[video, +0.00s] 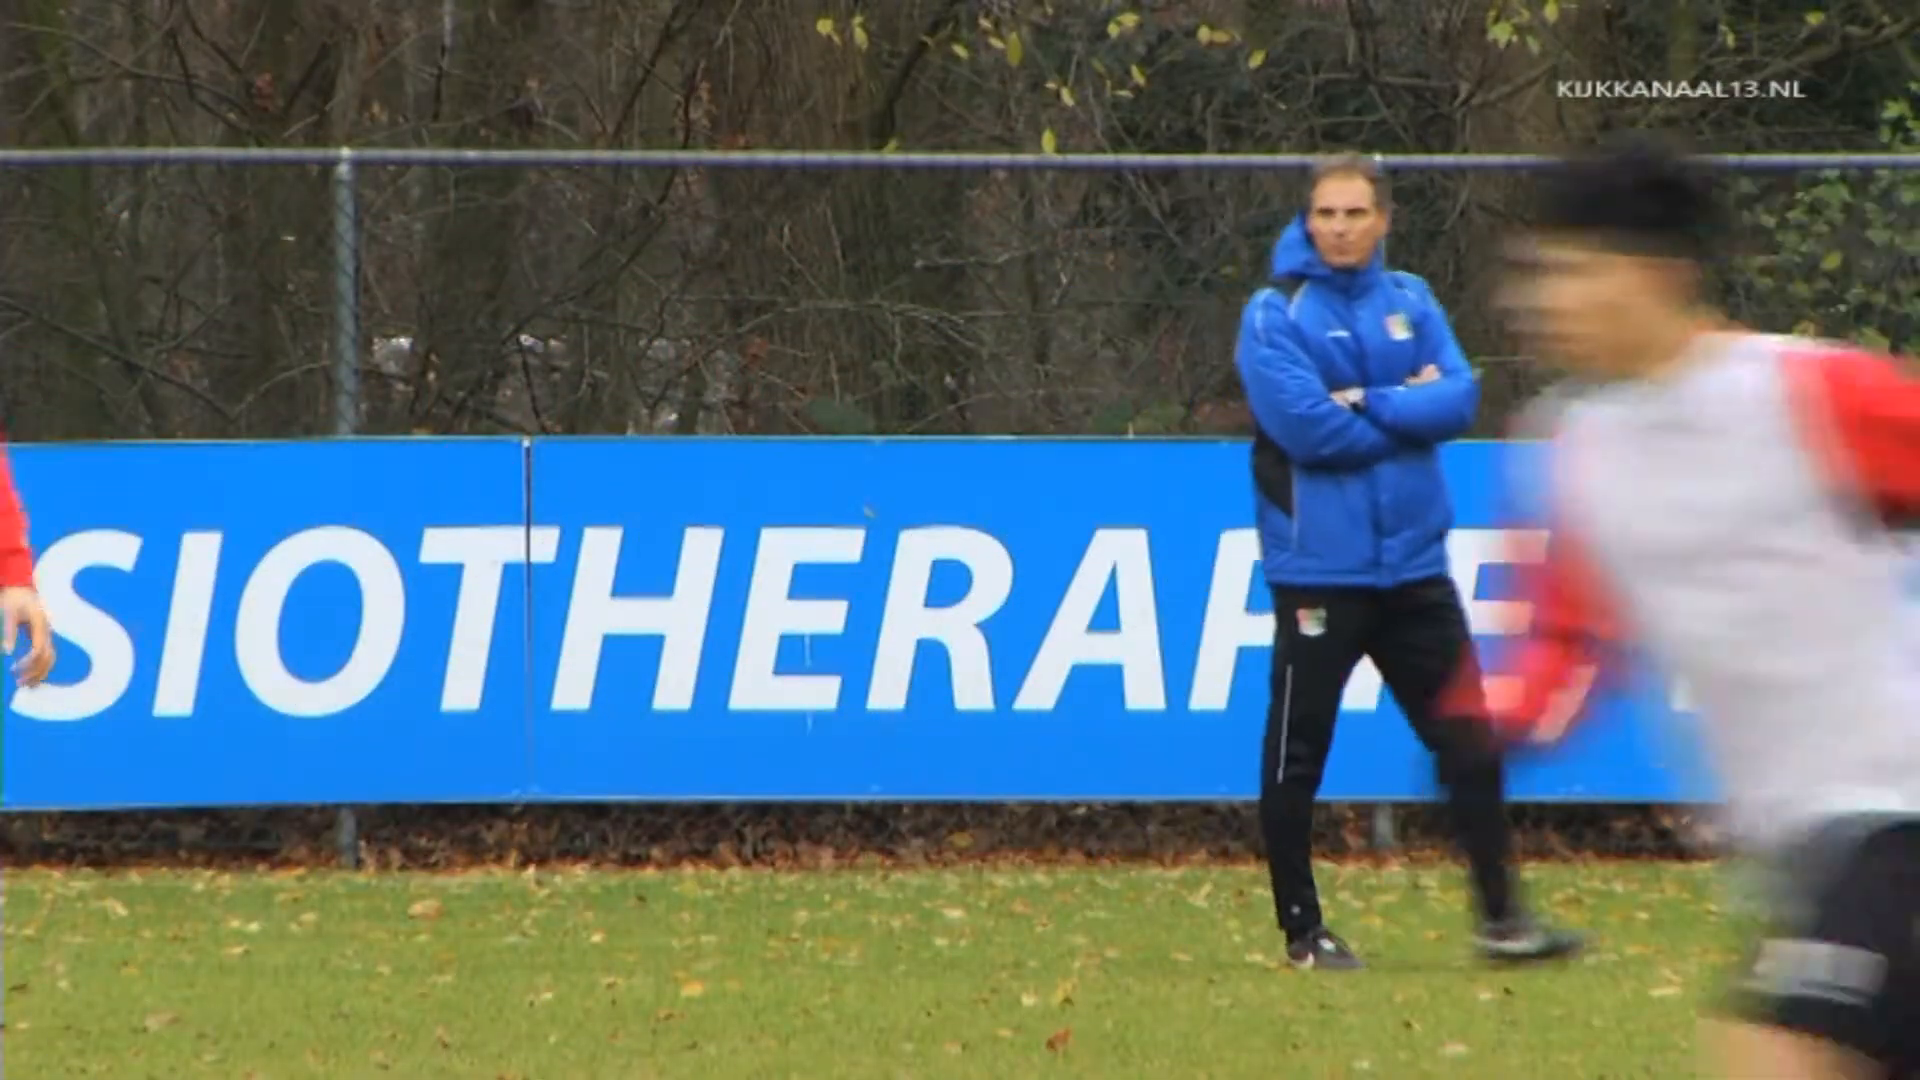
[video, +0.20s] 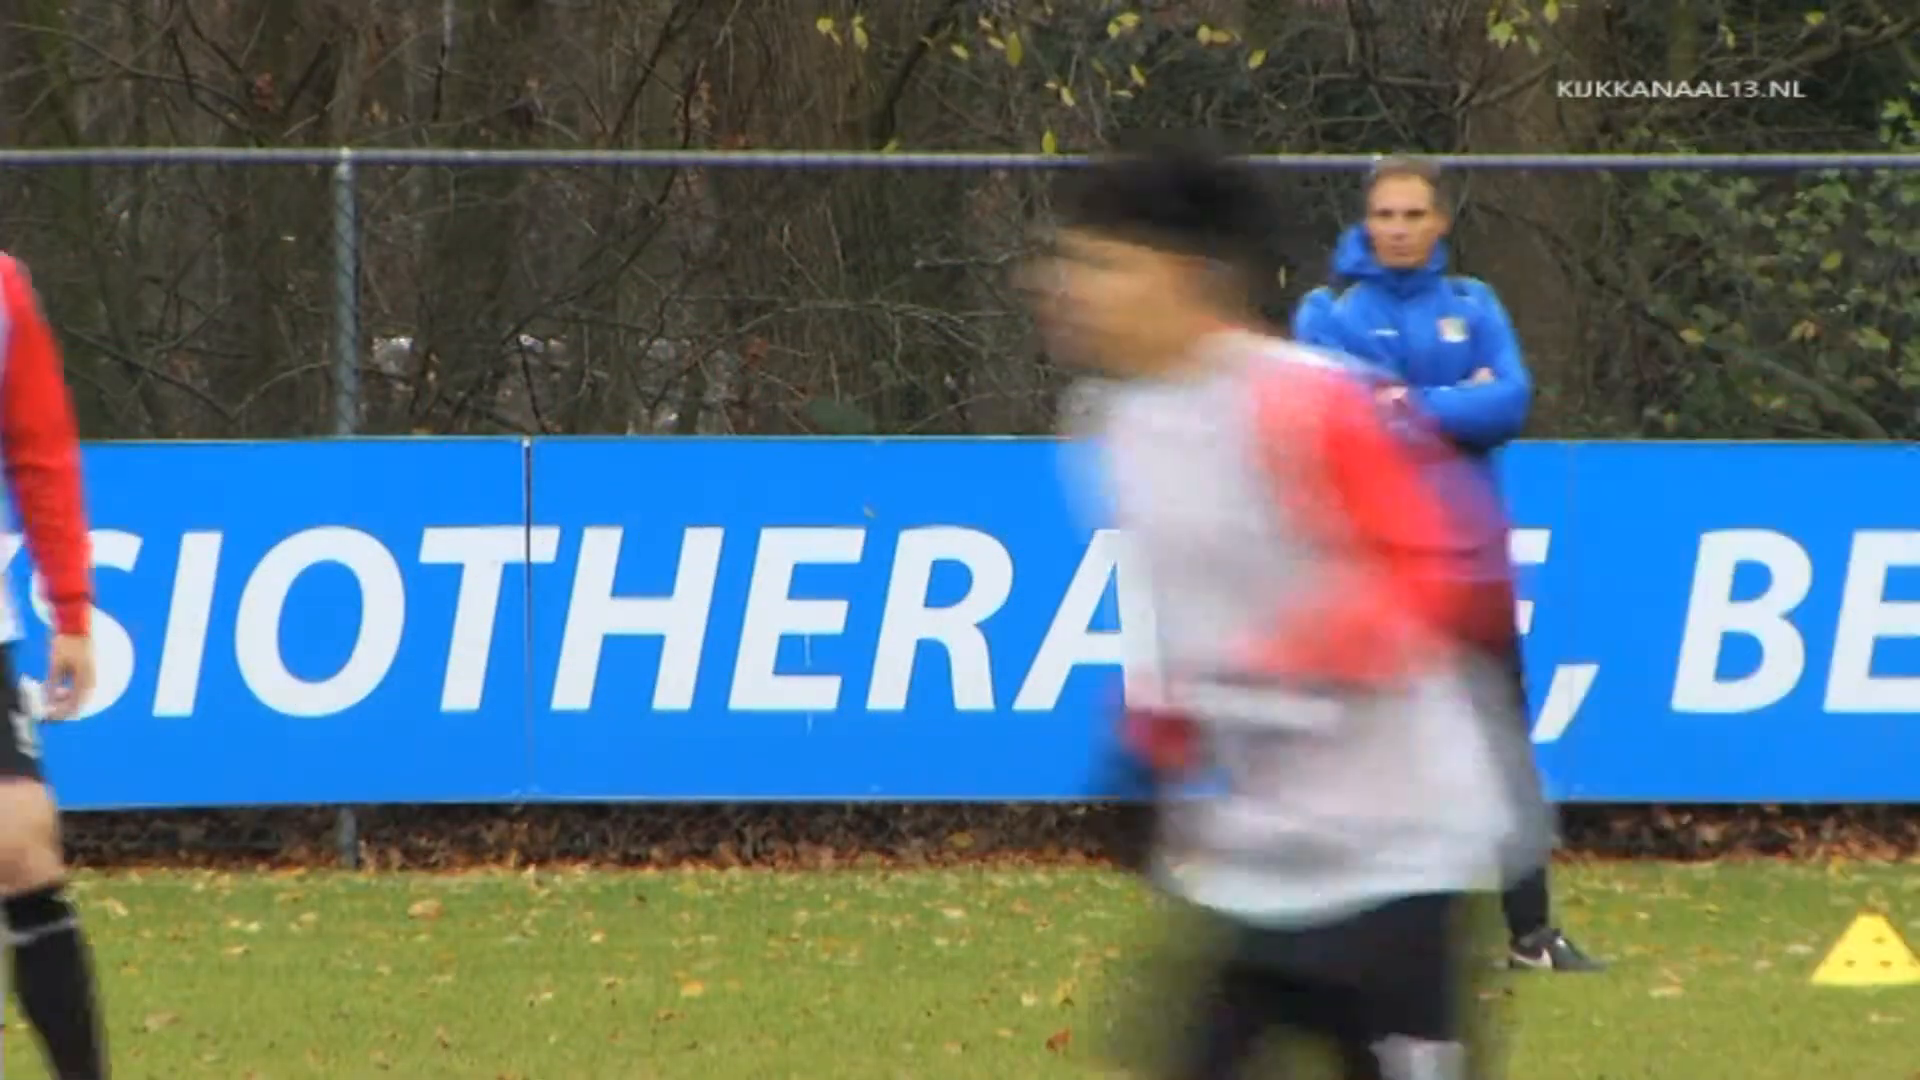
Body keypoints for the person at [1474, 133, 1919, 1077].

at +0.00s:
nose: (1549, 299)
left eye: (1577, 269)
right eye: (1543, 272)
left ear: (1670, 269)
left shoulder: (1816, 387)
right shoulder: (1585, 449)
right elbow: (1571, 633)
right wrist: (1507, 710)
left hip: (1893, 793)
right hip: (1779, 817)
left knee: (1779, 1045)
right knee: (1868, 1051)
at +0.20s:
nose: (1401, 229)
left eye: (1416, 215)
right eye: (1387, 215)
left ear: (1443, 223)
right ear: (1364, 224)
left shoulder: (1474, 303)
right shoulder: (1326, 313)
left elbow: (1508, 400)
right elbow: (1349, 421)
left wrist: (1409, 407)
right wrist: (1469, 407)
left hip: (1469, 559)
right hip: (1368, 556)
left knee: (1500, 735)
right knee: (1375, 740)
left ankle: (1530, 925)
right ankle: (1378, 938)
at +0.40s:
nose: (1466, 223)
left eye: (1481, 209)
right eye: (1452, 209)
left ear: (1508, 218)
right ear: (1431, 218)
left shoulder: (1542, 302)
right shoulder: (1385, 306)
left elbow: (1561, 399)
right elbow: (1392, 417)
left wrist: (1452, 390)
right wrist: (1509, 413)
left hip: (1526, 567)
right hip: (1418, 566)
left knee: (1543, 749)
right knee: (1370, 746)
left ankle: (1539, 933)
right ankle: (1326, 922)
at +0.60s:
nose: (1511, 221)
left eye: (1526, 207)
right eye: (1498, 207)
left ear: (1555, 218)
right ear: (1478, 215)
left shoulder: (1591, 307)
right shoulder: (1428, 299)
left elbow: (1589, 404)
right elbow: (1421, 412)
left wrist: (1478, 388)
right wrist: (1539, 413)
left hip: (1553, 559)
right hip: (1447, 555)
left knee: (1557, 746)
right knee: (1415, 728)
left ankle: (1542, 932)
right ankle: (1363, 909)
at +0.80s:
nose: (1522, 222)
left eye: (1538, 207)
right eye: (1509, 207)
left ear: (1567, 217)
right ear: (1492, 216)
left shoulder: (1604, 306)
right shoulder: (1444, 302)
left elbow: (1602, 405)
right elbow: (1435, 414)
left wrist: (1487, 387)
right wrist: (1550, 411)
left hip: (1566, 559)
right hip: (1461, 557)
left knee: (1562, 750)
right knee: (1450, 739)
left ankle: (1544, 930)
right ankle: (1457, 925)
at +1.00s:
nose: (1506, 223)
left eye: (1522, 208)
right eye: (1493, 208)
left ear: (1553, 217)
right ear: (1477, 218)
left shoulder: (1596, 303)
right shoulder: (1434, 309)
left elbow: (1607, 400)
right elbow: (1439, 420)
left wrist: (1493, 389)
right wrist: (1551, 410)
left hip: (1576, 563)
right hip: (1472, 564)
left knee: (1569, 753)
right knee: (1461, 747)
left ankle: (1546, 929)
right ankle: (1468, 932)